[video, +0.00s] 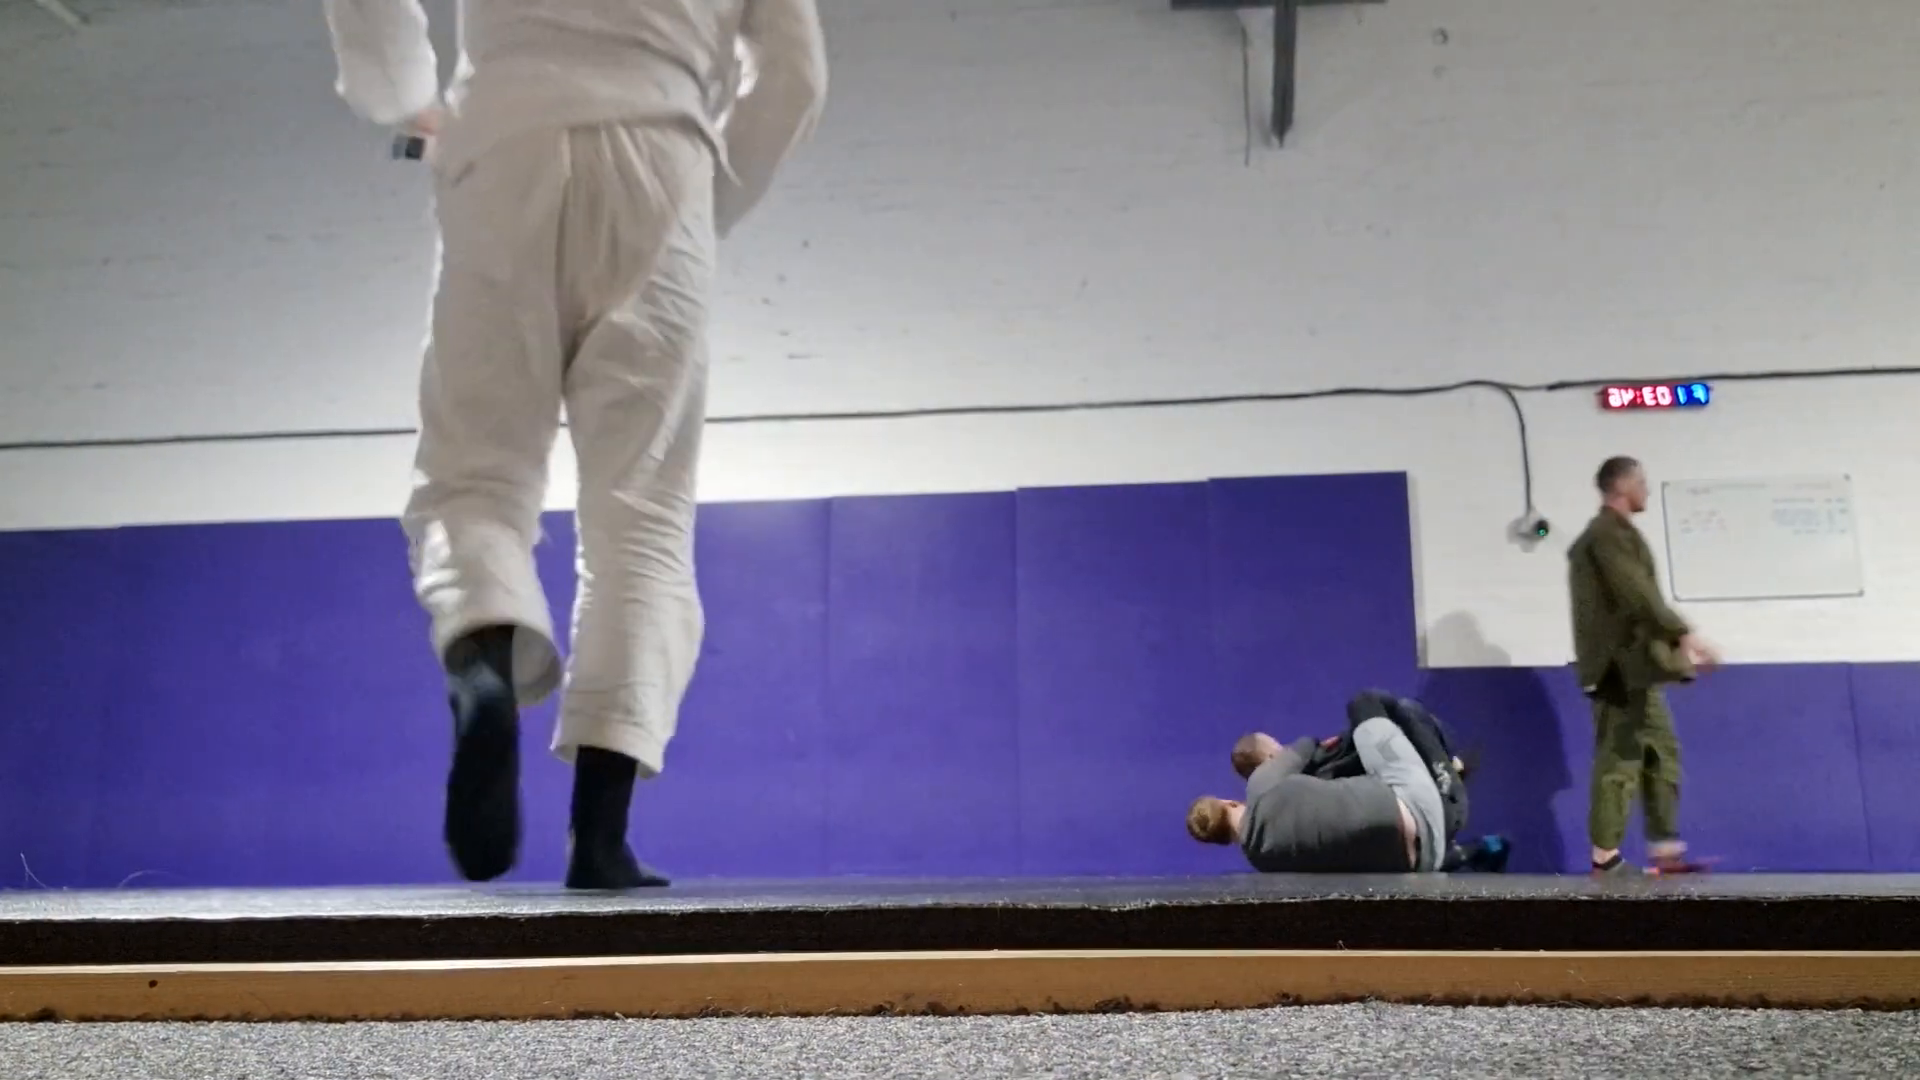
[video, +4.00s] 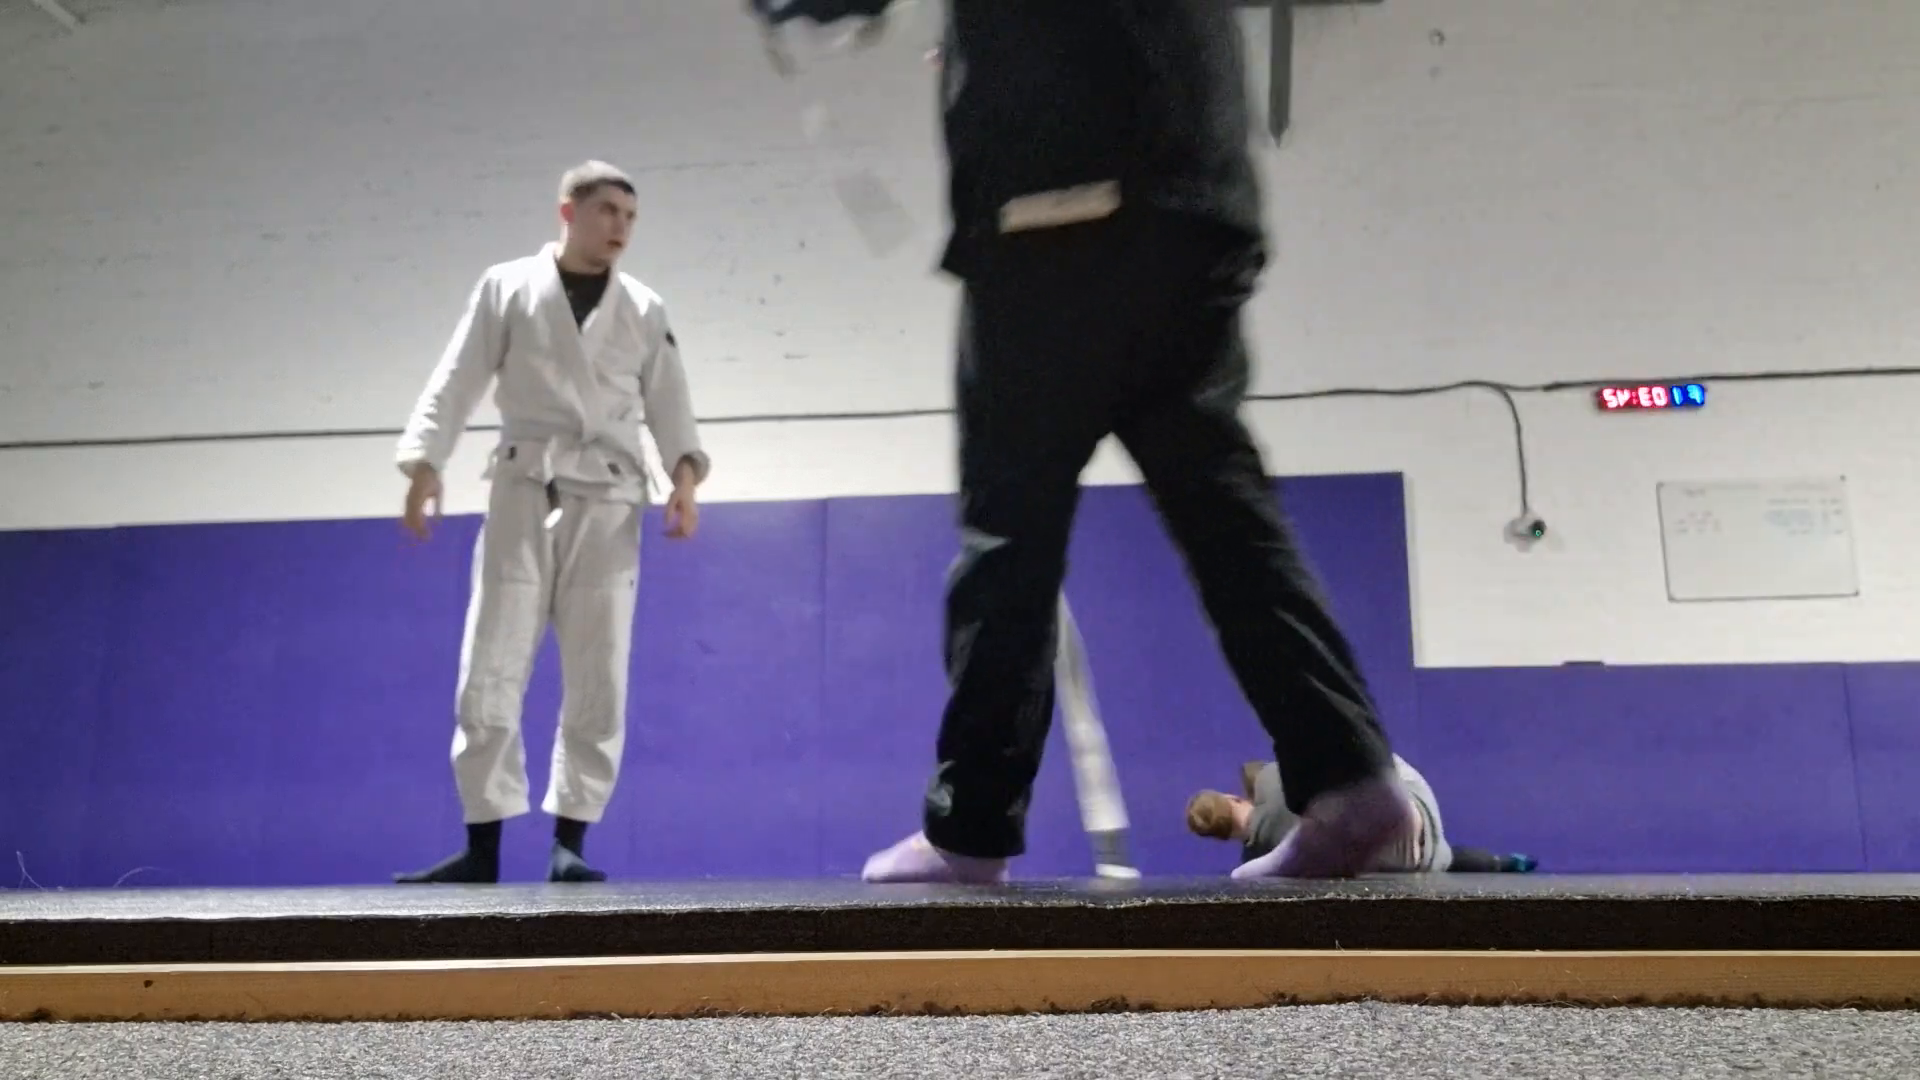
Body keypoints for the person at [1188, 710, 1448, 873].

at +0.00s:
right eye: (1227, 799)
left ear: (1219, 843)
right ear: (1229, 801)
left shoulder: (1262, 860)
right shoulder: (1263, 784)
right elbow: (1305, 747)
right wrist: (1318, 747)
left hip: (1424, 865)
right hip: (1418, 812)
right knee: (1370, 718)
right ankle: (1442, 778)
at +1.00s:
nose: (1257, 769)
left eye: (1221, 829)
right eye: (1250, 775)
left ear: (1226, 840)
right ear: (1242, 792)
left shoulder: (1265, 863)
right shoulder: (1273, 779)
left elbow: (1323, 861)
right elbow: (1317, 758)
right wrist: (1322, 755)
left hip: (1418, 861)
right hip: (1419, 809)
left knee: (1451, 858)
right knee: (1355, 738)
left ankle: (1533, 859)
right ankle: (1314, 734)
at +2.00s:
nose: (1231, 792)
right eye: (1229, 793)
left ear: (1219, 839)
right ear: (1233, 798)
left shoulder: (1257, 866)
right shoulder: (1274, 784)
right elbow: (1305, 762)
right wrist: (1269, 769)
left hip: (1421, 861)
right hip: (1417, 810)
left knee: (1454, 854)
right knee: (1330, 726)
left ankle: (1501, 864)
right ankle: (1327, 770)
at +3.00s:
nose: (1230, 791)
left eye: (1226, 792)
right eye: (1227, 792)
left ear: (1216, 838)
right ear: (1231, 797)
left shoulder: (1257, 862)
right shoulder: (1274, 783)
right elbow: (1320, 759)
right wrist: (1264, 775)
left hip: (1423, 862)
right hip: (1416, 808)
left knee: (1459, 855)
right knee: (1323, 727)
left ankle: (1513, 866)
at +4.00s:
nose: (1225, 809)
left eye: (1214, 816)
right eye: (1221, 806)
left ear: (1217, 837)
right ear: (1229, 796)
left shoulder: (1260, 853)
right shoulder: (1266, 778)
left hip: (1396, 857)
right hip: (1408, 796)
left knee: (1443, 858)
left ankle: (1505, 863)